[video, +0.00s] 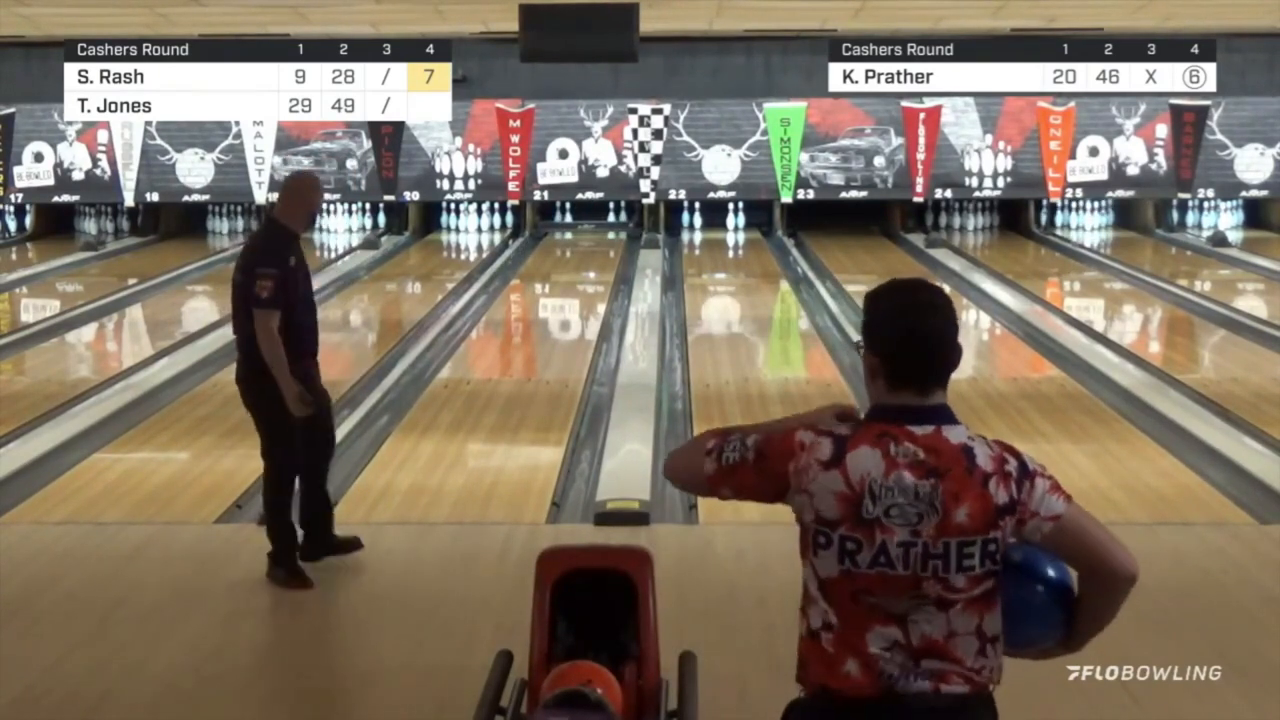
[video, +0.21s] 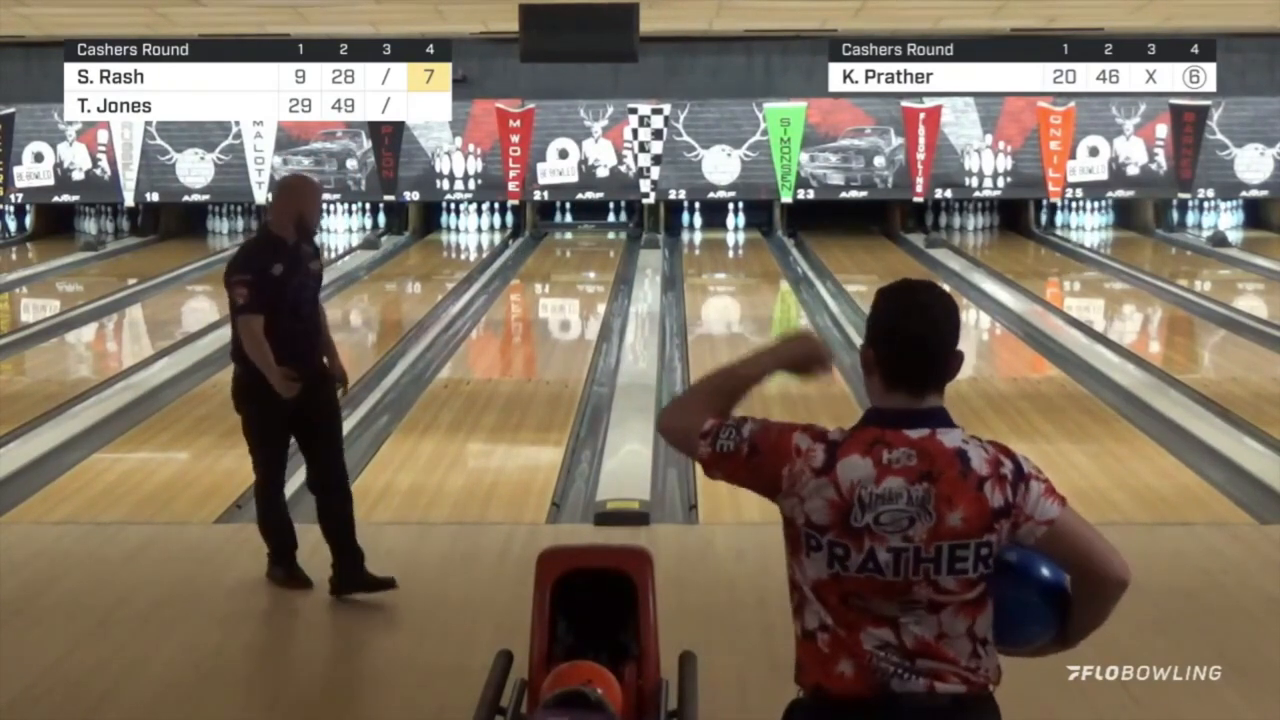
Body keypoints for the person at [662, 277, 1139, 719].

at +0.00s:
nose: (866, 358)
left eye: (865, 348)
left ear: (870, 361)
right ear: (955, 361)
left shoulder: (815, 459)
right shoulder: (1001, 470)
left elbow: (682, 465)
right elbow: (1115, 569)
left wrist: (802, 425)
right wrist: (1063, 636)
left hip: (838, 698)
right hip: (960, 700)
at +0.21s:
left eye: (867, 347)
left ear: (867, 361)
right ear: (955, 367)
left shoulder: (808, 460)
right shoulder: (998, 471)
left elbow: (680, 421)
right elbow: (1108, 574)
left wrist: (771, 358)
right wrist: (1044, 632)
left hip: (835, 699)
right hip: (959, 700)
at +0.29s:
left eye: (866, 347)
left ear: (865, 360)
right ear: (954, 368)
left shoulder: (808, 461)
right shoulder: (998, 472)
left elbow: (685, 397)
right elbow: (1107, 573)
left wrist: (754, 307)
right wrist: (1044, 631)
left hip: (836, 699)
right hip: (960, 700)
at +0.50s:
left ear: (860, 360)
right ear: (948, 367)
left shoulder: (808, 457)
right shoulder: (992, 469)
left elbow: (712, 362)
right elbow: (1104, 571)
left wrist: (807, 295)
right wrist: (1050, 632)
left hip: (835, 695)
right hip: (956, 695)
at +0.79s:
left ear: (866, 364)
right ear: (948, 369)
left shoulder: (814, 456)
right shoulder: (995, 472)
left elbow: (729, 339)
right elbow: (1104, 576)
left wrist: (842, 358)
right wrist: (1047, 636)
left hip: (834, 698)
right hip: (955, 699)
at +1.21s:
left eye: (845, 365)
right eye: (925, 353)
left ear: (839, 371)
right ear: (928, 364)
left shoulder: (811, 456)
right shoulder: (987, 464)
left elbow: (696, 378)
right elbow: (1086, 565)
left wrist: (817, 364)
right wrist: (1032, 630)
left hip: (831, 694)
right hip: (949, 694)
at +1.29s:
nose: (839, 369)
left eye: (835, 363)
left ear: (837, 370)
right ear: (920, 363)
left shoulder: (810, 458)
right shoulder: (984, 463)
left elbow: (675, 416)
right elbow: (1079, 566)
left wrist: (786, 368)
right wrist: (1021, 632)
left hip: (830, 695)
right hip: (944, 695)